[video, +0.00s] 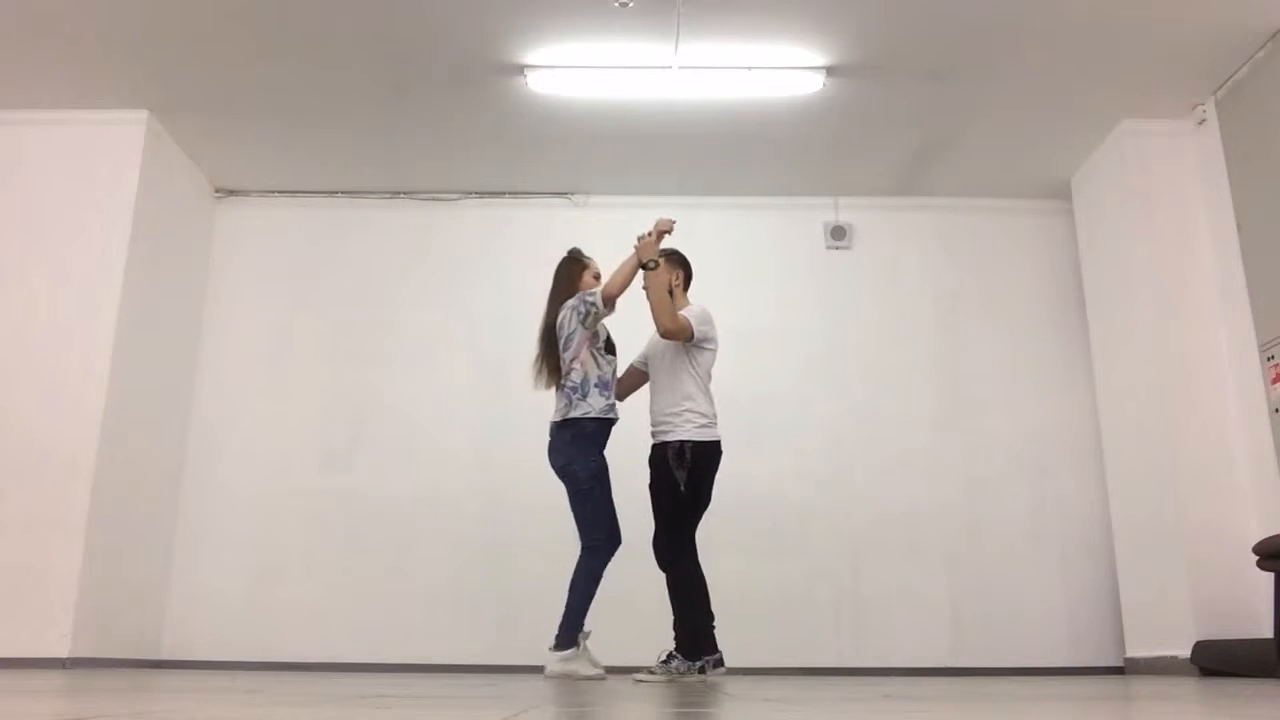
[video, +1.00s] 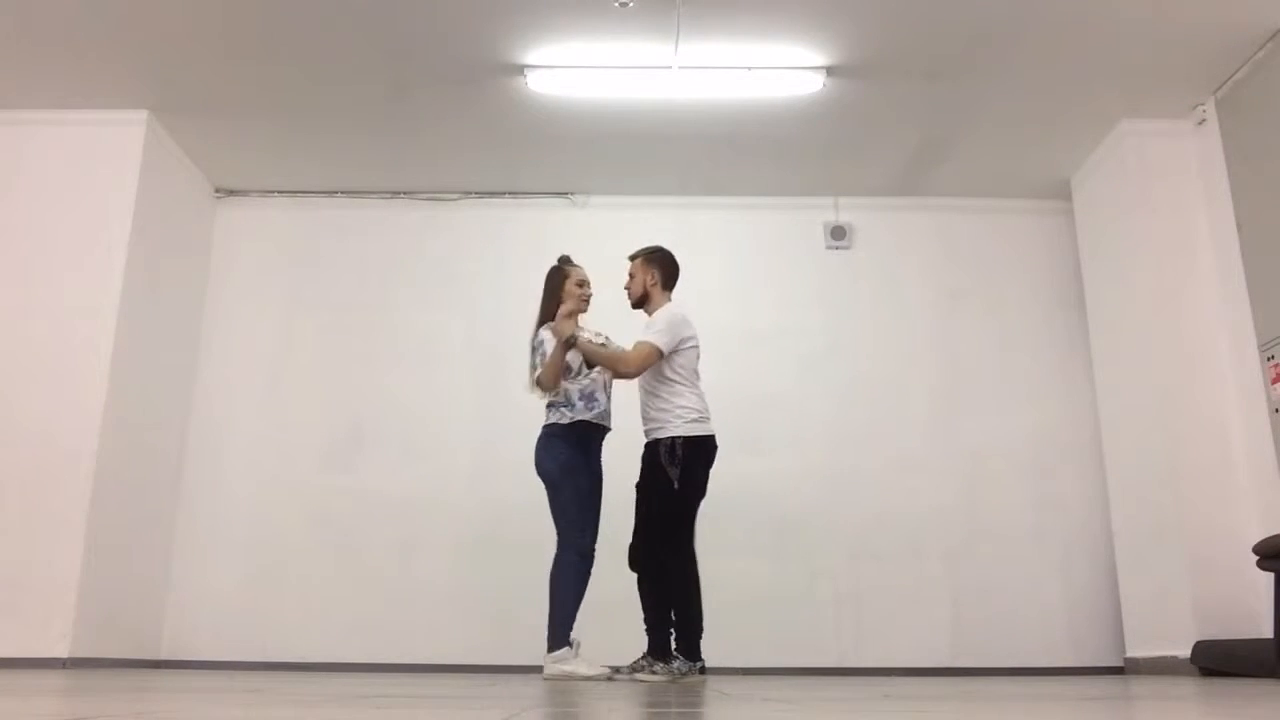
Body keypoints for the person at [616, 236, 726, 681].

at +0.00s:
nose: (648, 283)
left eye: (657, 273)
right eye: (647, 276)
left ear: (679, 276)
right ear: (657, 282)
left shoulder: (701, 317)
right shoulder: (657, 340)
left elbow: (668, 326)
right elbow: (617, 390)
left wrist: (648, 267)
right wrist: (574, 379)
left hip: (692, 445)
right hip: (668, 447)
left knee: (672, 546)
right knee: (676, 548)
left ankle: (692, 651)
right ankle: (701, 648)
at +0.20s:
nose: (647, 282)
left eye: (655, 275)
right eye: (646, 276)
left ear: (681, 278)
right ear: (656, 283)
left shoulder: (702, 314)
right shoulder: (658, 339)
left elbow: (672, 320)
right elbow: (619, 387)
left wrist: (656, 257)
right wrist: (574, 377)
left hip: (697, 444)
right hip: (669, 447)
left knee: (679, 549)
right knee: (672, 552)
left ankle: (693, 651)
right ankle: (701, 648)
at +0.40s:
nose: (652, 280)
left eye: (660, 273)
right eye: (651, 274)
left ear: (682, 277)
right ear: (663, 281)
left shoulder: (703, 314)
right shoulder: (663, 338)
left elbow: (668, 311)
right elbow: (623, 389)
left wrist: (653, 252)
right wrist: (577, 373)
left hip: (701, 442)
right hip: (677, 444)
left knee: (682, 546)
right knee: (662, 547)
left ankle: (692, 650)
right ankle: (696, 645)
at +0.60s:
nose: (646, 282)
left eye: (652, 272)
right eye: (644, 275)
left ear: (678, 274)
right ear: (671, 280)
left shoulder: (702, 312)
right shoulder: (666, 339)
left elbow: (664, 320)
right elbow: (625, 392)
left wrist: (636, 265)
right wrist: (580, 372)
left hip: (698, 443)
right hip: (674, 445)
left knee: (679, 550)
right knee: (669, 552)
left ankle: (692, 654)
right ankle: (693, 651)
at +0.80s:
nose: (638, 282)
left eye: (644, 274)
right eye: (639, 275)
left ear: (669, 276)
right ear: (666, 278)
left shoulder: (690, 314)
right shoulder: (664, 331)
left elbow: (652, 338)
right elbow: (628, 382)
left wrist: (607, 291)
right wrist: (577, 369)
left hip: (696, 443)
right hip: (672, 444)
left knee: (681, 547)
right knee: (647, 548)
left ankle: (688, 655)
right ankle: (677, 646)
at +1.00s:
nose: (625, 283)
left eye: (630, 274)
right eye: (627, 275)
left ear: (652, 276)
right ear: (653, 278)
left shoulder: (671, 318)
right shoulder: (659, 322)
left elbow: (629, 365)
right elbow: (628, 365)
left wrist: (577, 340)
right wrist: (596, 347)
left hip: (681, 444)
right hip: (668, 444)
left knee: (665, 551)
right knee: (652, 551)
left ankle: (682, 657)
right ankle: (663, 654)